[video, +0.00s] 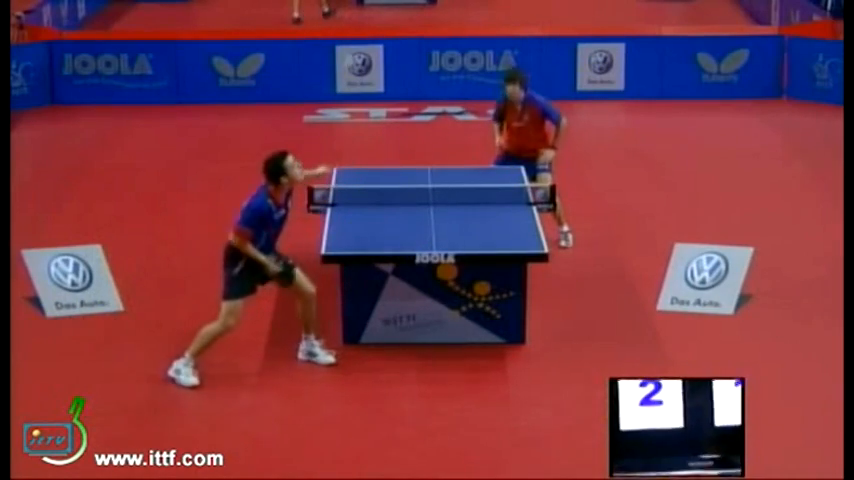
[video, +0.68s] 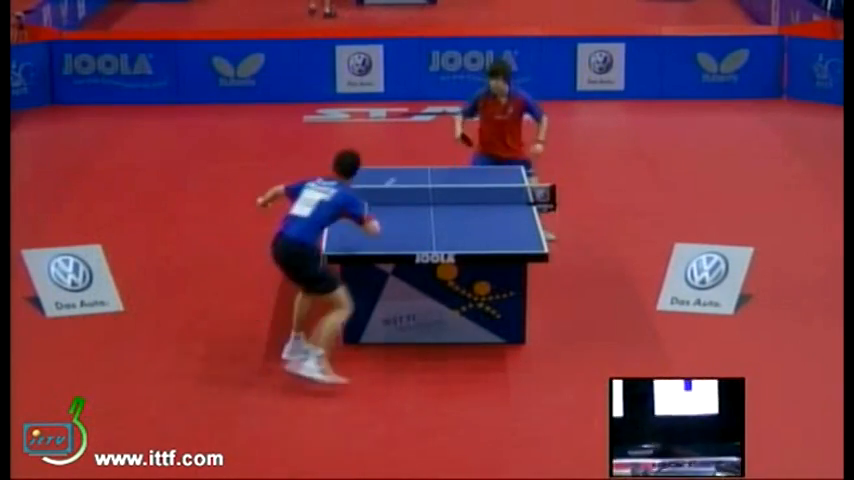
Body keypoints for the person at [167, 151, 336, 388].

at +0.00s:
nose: (301, 170)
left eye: (298, 166)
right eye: (295, 168)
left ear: (285, 180)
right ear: (282, 180)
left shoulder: (285, 190)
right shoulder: (259, 206)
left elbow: (297, 177)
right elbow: (238, 239)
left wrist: (315, 173)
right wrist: (267, 262)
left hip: (267, 252)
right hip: (242, 257)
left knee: (308, 292)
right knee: (228, 321)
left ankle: (309, 344)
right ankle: (184, 363)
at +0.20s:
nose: (307, 176)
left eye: (305, 171)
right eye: (302, 173)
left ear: (291, 180)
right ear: (290, 181)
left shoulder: (291, 191)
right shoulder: (262, 198)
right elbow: (229, 218)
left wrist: (312, 187)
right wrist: (250, 233)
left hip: (262, 252)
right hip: (238, 256)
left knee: (303, 283)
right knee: (227, 319)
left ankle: (305, 340)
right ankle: (184, 363)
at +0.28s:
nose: (318, 184)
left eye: (318, 179)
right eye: (315, 179)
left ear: (301, 182)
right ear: (302, 182)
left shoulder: (298, 196)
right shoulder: (275, 192)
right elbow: (242, 202)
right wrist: (273, 218)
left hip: (266, 254)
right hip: (244, 257)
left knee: (307, 277)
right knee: (229, 321)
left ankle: (296, 334)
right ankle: (184, 362)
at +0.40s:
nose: (339, 190)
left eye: (339, 185)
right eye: (337, 184)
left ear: (324, 182)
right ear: (324, 183)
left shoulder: (304, 203)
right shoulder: (300, 195)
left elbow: (316, 221)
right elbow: (305, 185)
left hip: (276, 254)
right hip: (258, 256)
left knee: (310, 284)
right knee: (252, 324)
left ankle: (296, 343)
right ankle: (196, 356)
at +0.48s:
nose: (348, 187)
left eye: (348, 184)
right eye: (347, 183)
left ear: (326, 177)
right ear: (339, 183)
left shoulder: (309, 189)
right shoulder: (321, 191)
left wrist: (353, 209)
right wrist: (355, 219)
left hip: (277, 252)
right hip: (268, 255)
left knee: (310, 285)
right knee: (278, 324)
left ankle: (296, 343)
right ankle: (218, 346)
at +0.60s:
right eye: (350, 178)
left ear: (330, 172)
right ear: (350, 181)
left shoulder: (308, 187)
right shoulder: (339, 199)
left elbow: (278, 196)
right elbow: (368, 222)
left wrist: (267, 205)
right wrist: (368, 214)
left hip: (272, 246)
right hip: (288, 252)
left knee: (310, 285)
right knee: (322, 317)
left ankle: (296, 343)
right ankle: (265, 347)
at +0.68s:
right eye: (353, 170)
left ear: (334, 167)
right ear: (354, 173)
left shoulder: (313, 183)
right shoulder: (347, 197)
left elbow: (279, 190)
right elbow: (370, 230)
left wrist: (264, 200)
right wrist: (372, 223)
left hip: (281, 243)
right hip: (303, 250)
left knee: (307, 289)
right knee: (343, 306)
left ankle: (295, 343)